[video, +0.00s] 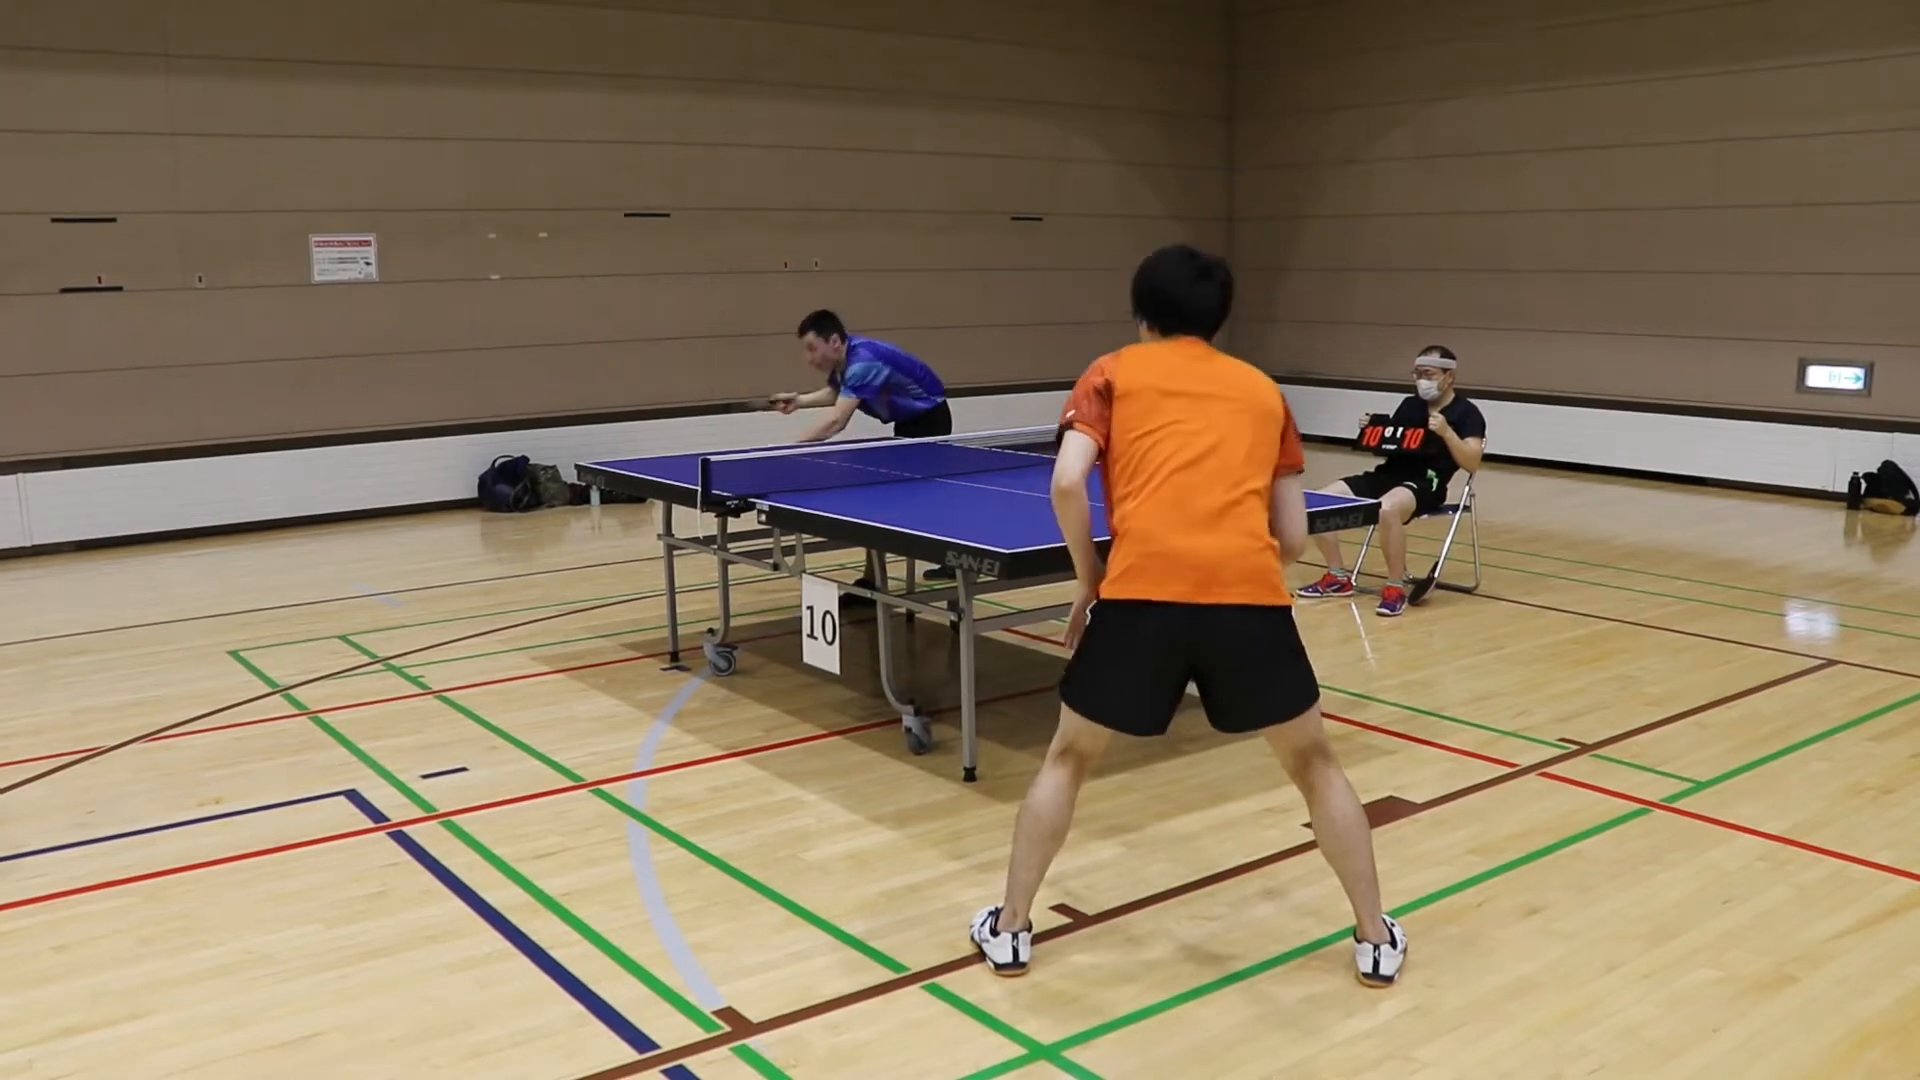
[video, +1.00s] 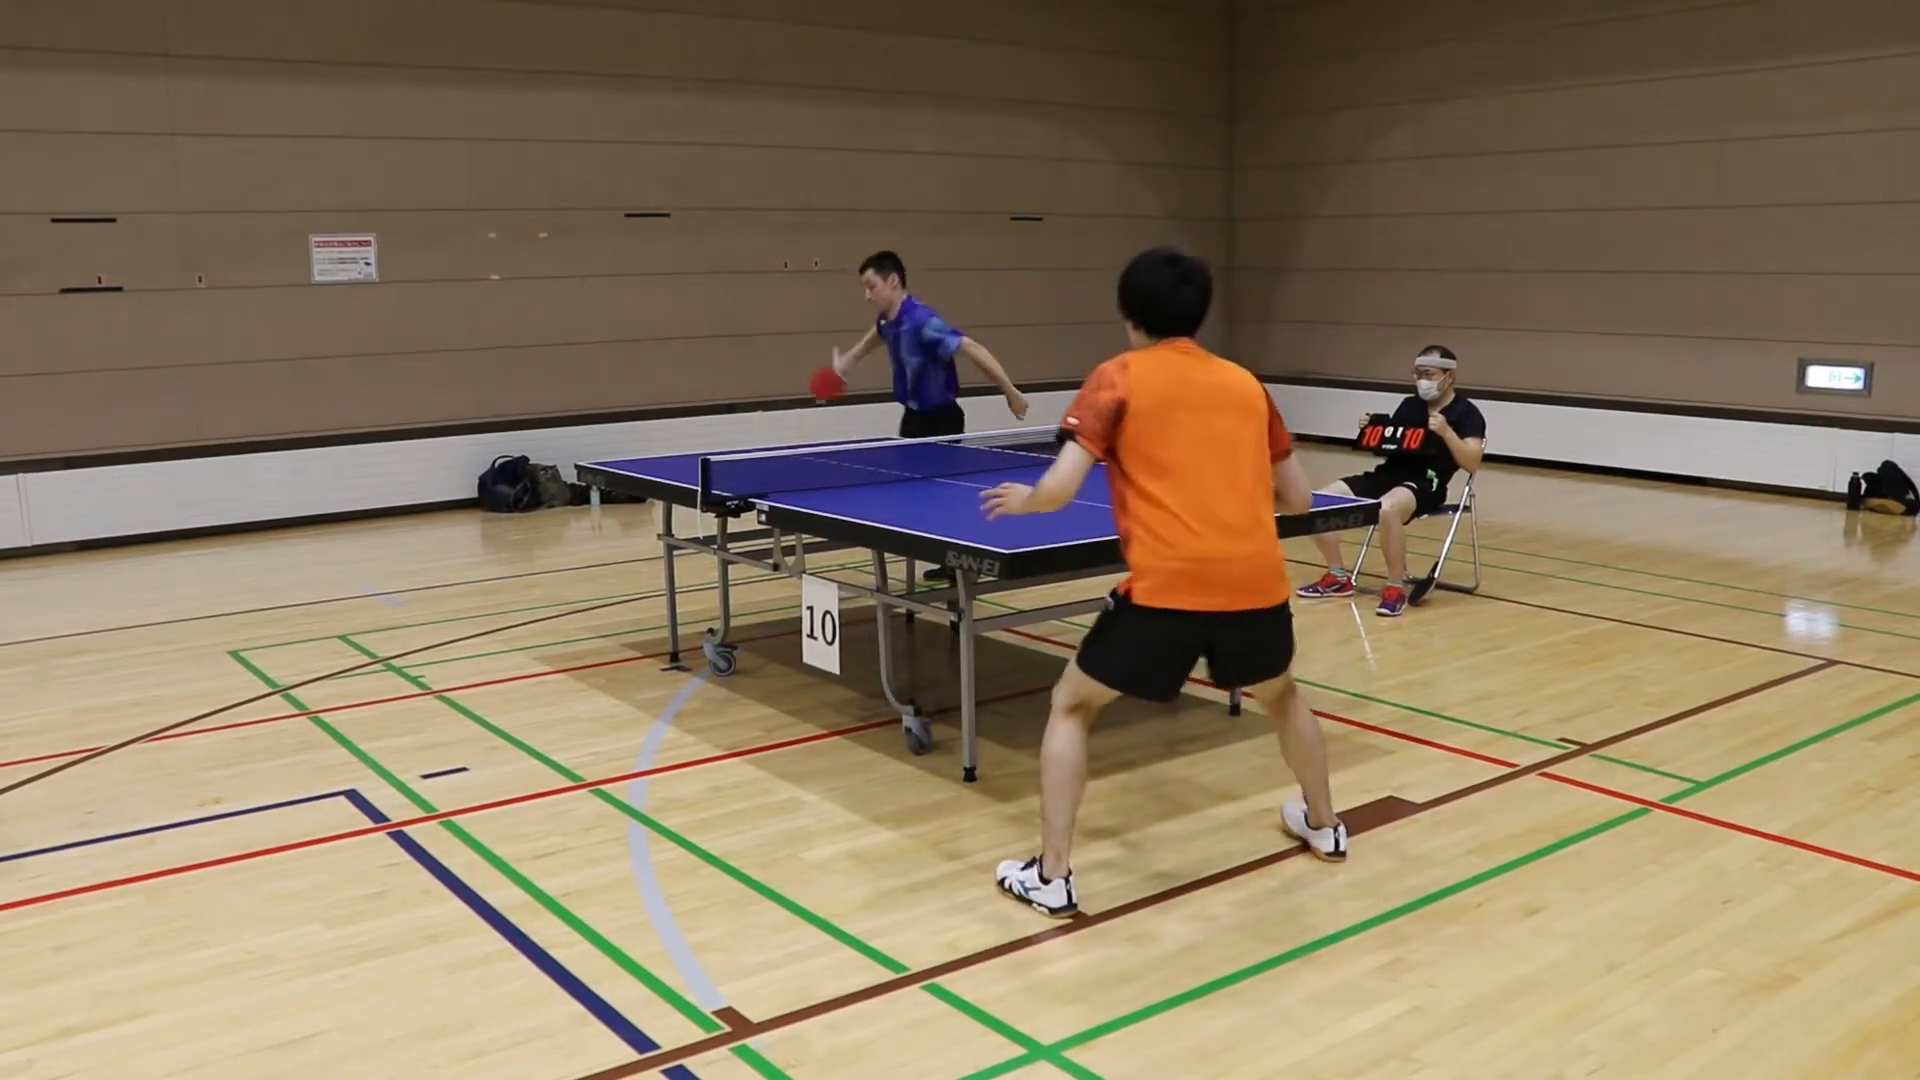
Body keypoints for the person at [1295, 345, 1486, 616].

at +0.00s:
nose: (1423, 380)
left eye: (1430, 374)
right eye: (1419, 373)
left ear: (1450, 377)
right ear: (1414, 375)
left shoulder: (1467, 414)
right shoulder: (1411, 405)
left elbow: (1472, 463)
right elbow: (1393, 440)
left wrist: (1446, 433)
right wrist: (1373, 426)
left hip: (1427, 482)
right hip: (1390, 474)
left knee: (1389, 509)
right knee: (1319, 502)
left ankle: (1395, 588)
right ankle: (1337, 576)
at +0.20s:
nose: (1422, 380)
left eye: (1429, 374)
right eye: (1418, 374)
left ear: (1449, 378)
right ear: (1414, 375)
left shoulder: (1467, 414)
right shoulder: (1410, 405)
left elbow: (1472, 463)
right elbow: (1391, 442)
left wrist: (1446, 432)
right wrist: (1373, 428)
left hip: (1426, 481)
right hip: (1390, 474)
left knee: (1390, 508)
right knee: (1326, 496)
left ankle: (1395, 588)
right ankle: (1337, 575)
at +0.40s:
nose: (1422, 379)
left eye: (1430, 374)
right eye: (1418, 373)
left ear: (1450, 378)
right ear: (1414, 375)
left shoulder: (1467, 414)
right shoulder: (1410, 405)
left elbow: (1472, 463)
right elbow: (1388, 443)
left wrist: (1446, 433)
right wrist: (1367, 435)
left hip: (1427, 481)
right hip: (1389, 475)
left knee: (1389, 508)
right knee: (1324, 508)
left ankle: (1394, 587)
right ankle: (1337, 574)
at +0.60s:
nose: (1422, 380)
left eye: (1430, 374)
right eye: (1418, 374)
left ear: (1449, 379)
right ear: (1413, 375)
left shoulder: (1468, 414)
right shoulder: (1410, 405)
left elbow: (1472, 464)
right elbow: (1390, 443)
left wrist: (1446, 432)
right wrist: (1371, 428)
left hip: (1426, 482)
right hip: (1390, 474)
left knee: (1389, 508)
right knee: (1325, 494)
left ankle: (1395, 588)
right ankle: (1337, 575)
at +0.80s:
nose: (1423, 381)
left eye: (1430, 375)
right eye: (1419, 374)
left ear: (1449, 378)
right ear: (1414, 375)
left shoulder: (1467, 414)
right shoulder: (1411, 404)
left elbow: (1472, 463)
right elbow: (1393, 440)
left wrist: (1446, 433)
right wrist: (1372, 426)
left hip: (1427, 482)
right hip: (1390, 474)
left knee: (1389, 509)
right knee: (1318, 502)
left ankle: (1395, 588)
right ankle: (1337, 576)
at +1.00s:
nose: (1423, 382)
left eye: (1430, 375)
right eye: (1419, 375)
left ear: (1449, 378)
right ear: (1414, 375)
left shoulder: (1467, 414)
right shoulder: (1411, 405)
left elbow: (1472, 463)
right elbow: (1393, 440)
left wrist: (1447, 433)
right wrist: (1372, 426)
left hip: (1427, 482)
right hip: (1390, 474)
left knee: (1388, 509)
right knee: (1319, 501)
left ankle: (1395, 588)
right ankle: (1337, 576)